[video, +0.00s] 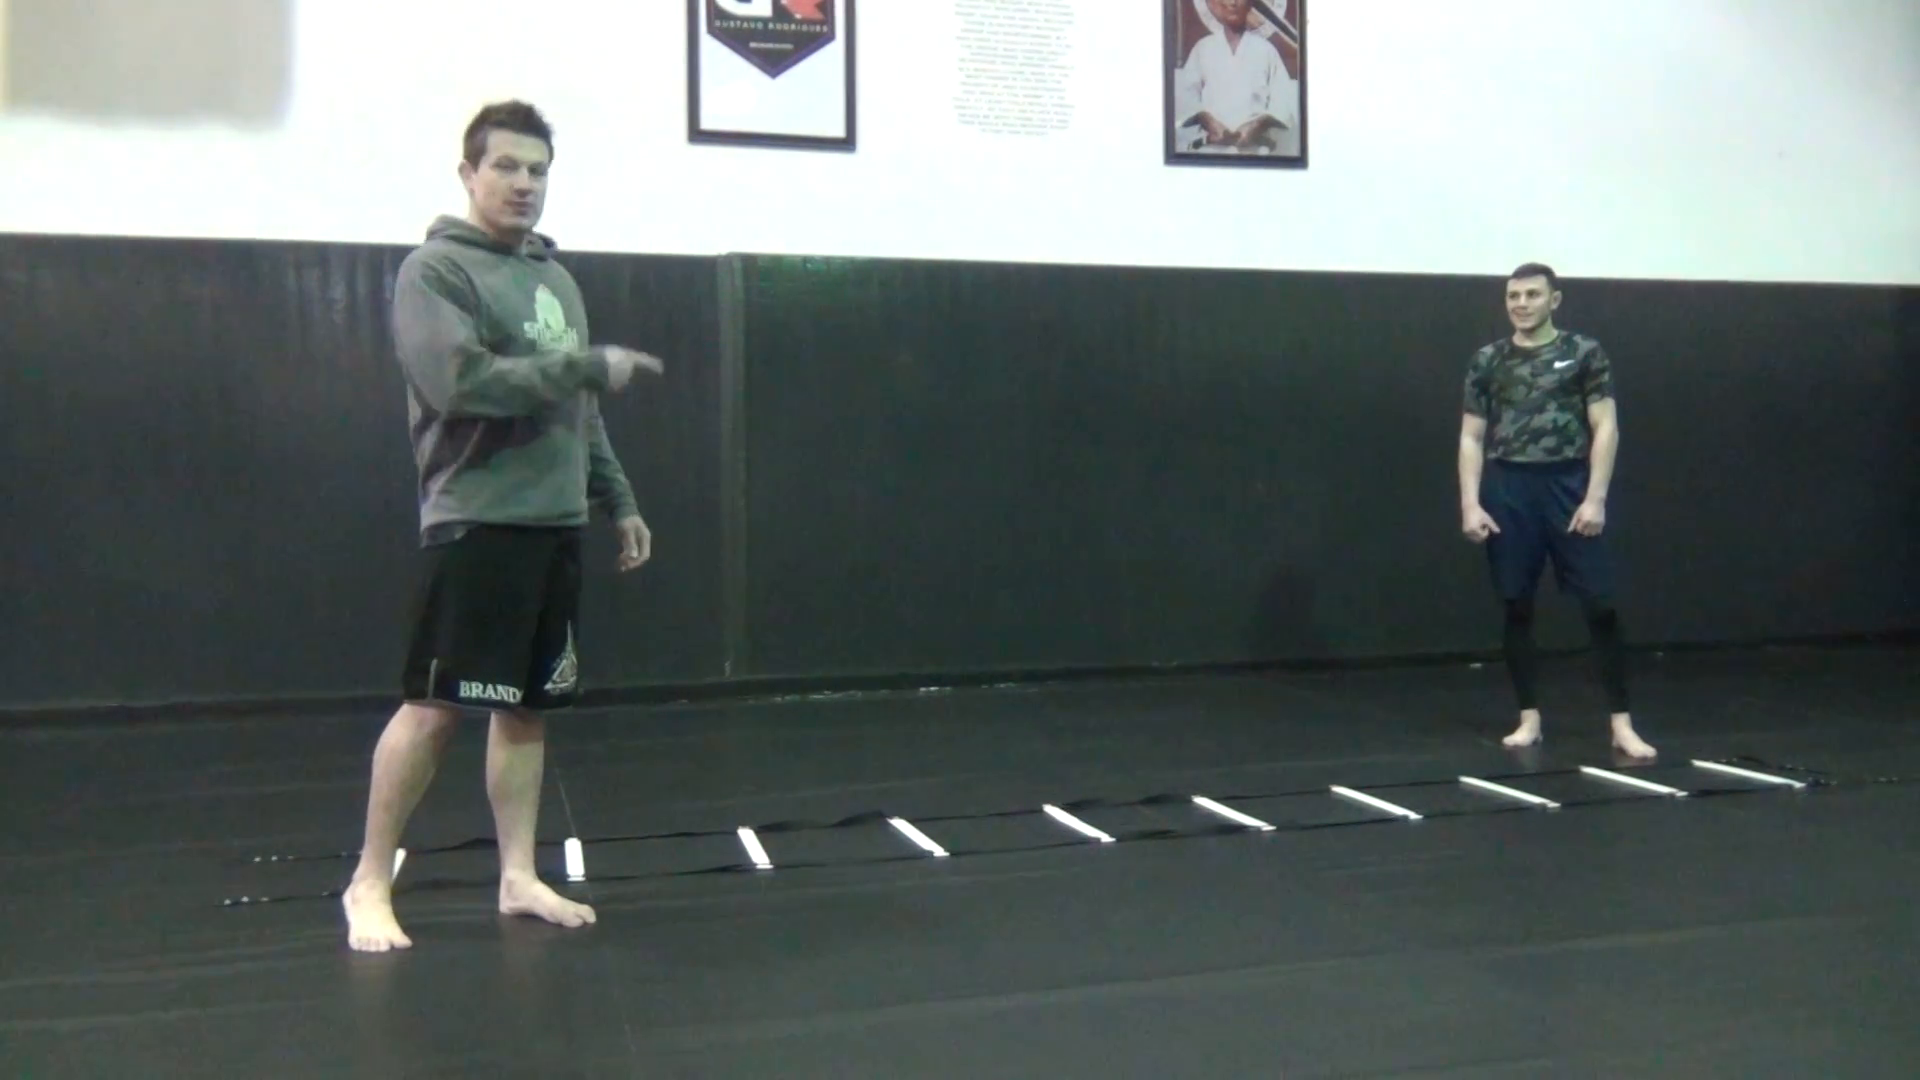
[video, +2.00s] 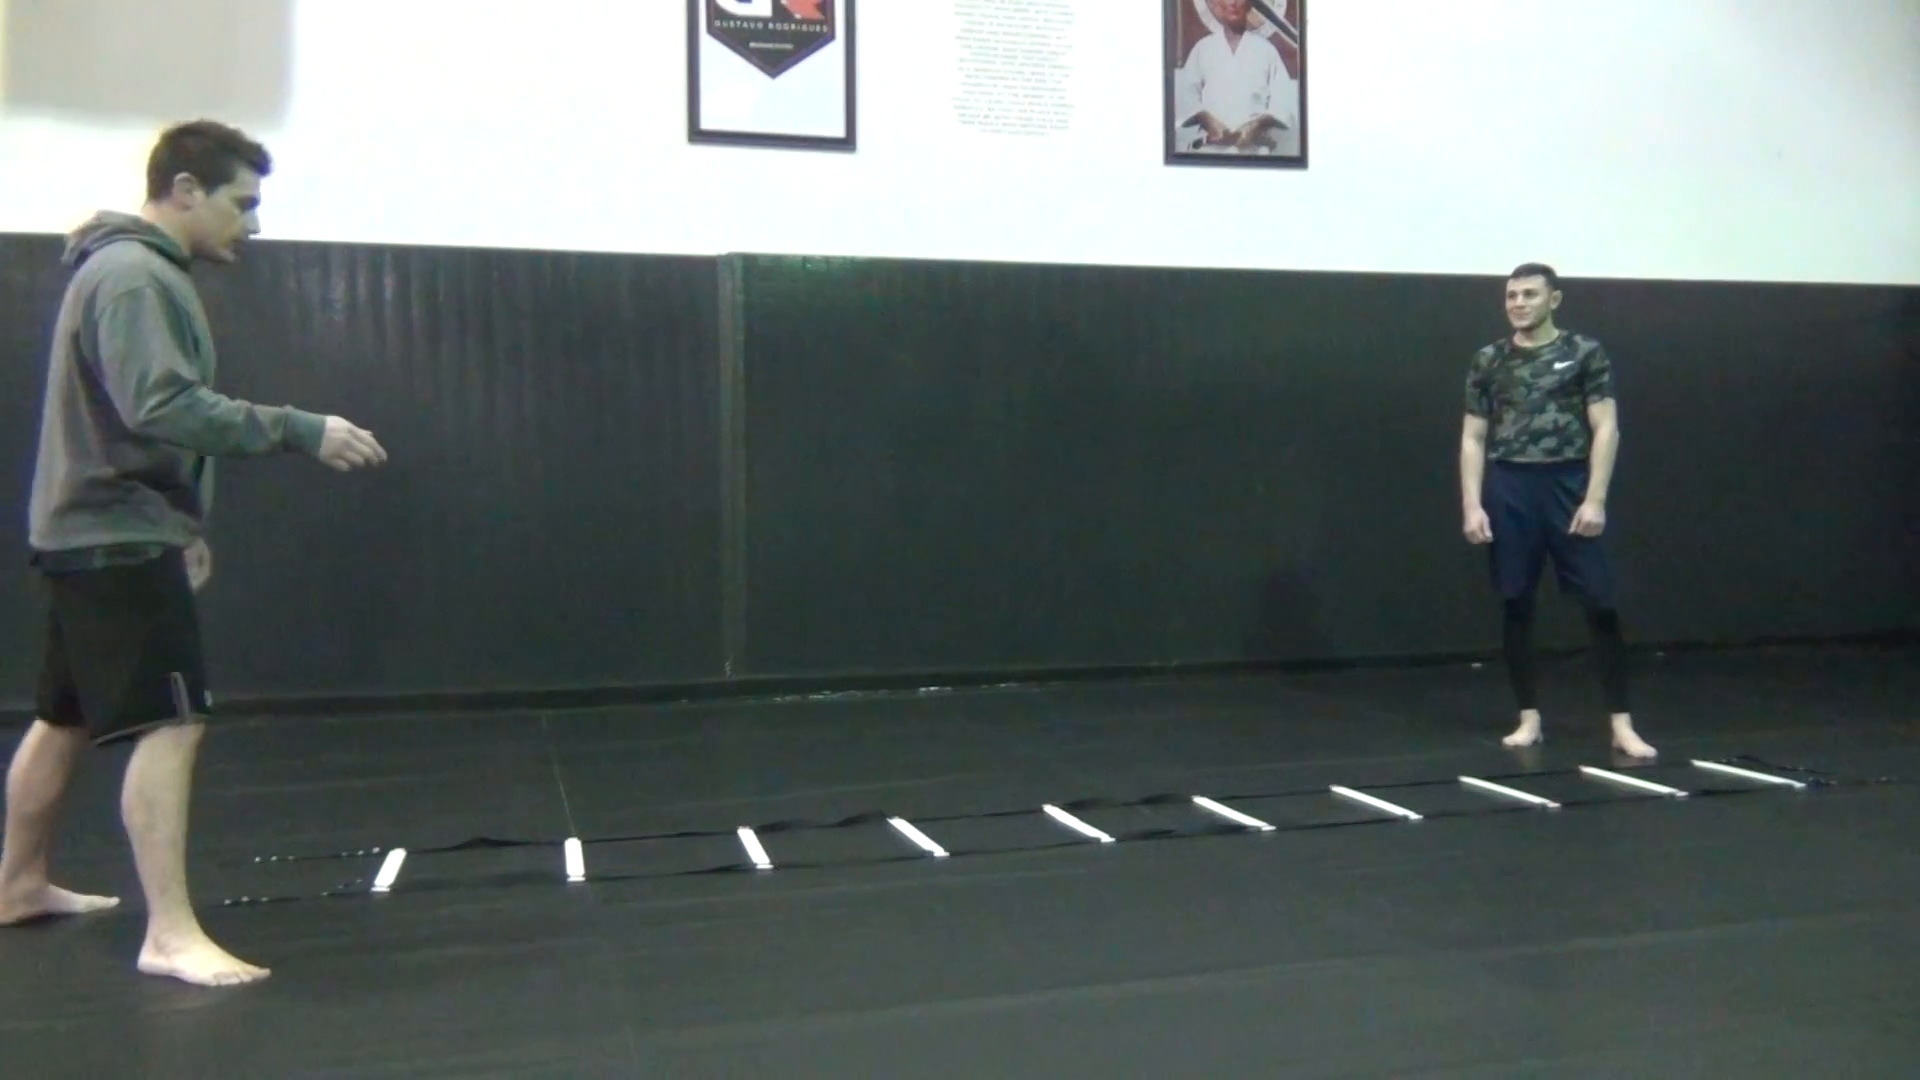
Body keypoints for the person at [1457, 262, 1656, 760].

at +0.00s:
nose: (1522, 304)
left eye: (1532, 295)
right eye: (1514, 296)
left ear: (1554, 300)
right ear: (1505, 303)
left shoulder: (1585, 353)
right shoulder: (1487, 361)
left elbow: (1605, 427)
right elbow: (1472, 437)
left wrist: (1596, 497)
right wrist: (1470, 503)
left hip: (1570, 490)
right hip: (1508, 491)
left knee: (1600, 603)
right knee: (1515, 605)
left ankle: (1620, 722)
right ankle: (1528, 716)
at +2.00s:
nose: (1518, 303)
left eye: (1529, 295)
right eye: (1512, 296)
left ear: (1554, 299)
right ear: (1505, 302)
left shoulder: (1585, 353)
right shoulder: (1488, 360)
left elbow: (1605, 427)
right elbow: (1473, 437)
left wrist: (1595, 498)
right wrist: (1471, 504)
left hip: (1570, 489)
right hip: (1508, 490)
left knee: (1601, 603)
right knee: (1515, 603)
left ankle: (1620, 723)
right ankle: (1528, 717)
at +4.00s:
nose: (1513, 304)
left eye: (1524, 295)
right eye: (1508, 297)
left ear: (1552, 300)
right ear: (1503, 303)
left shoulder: (1586, 353)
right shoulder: (1488, 360)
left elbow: (1605, 427)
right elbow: (1473, 437)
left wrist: (1595, 499)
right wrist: (1472, 505)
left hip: (1570, 491)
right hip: (1509, 491)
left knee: (1601, 604)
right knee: (1516, 603)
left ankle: (1621, 723)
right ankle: (1528, 717)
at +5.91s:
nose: (1508, 304)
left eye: (1519, 295)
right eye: (1504, 297)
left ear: (1548, 300)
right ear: (1501, 303)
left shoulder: (1585, 353)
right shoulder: (1488, 360)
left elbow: (1602, 429)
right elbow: (1474, 439)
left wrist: (1599, 499)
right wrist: (1472, 506)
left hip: (1569, 490)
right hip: (1507, 492)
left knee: (1600, 603)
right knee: (1515, 605)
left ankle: (1620, 723)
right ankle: (1528, 718)